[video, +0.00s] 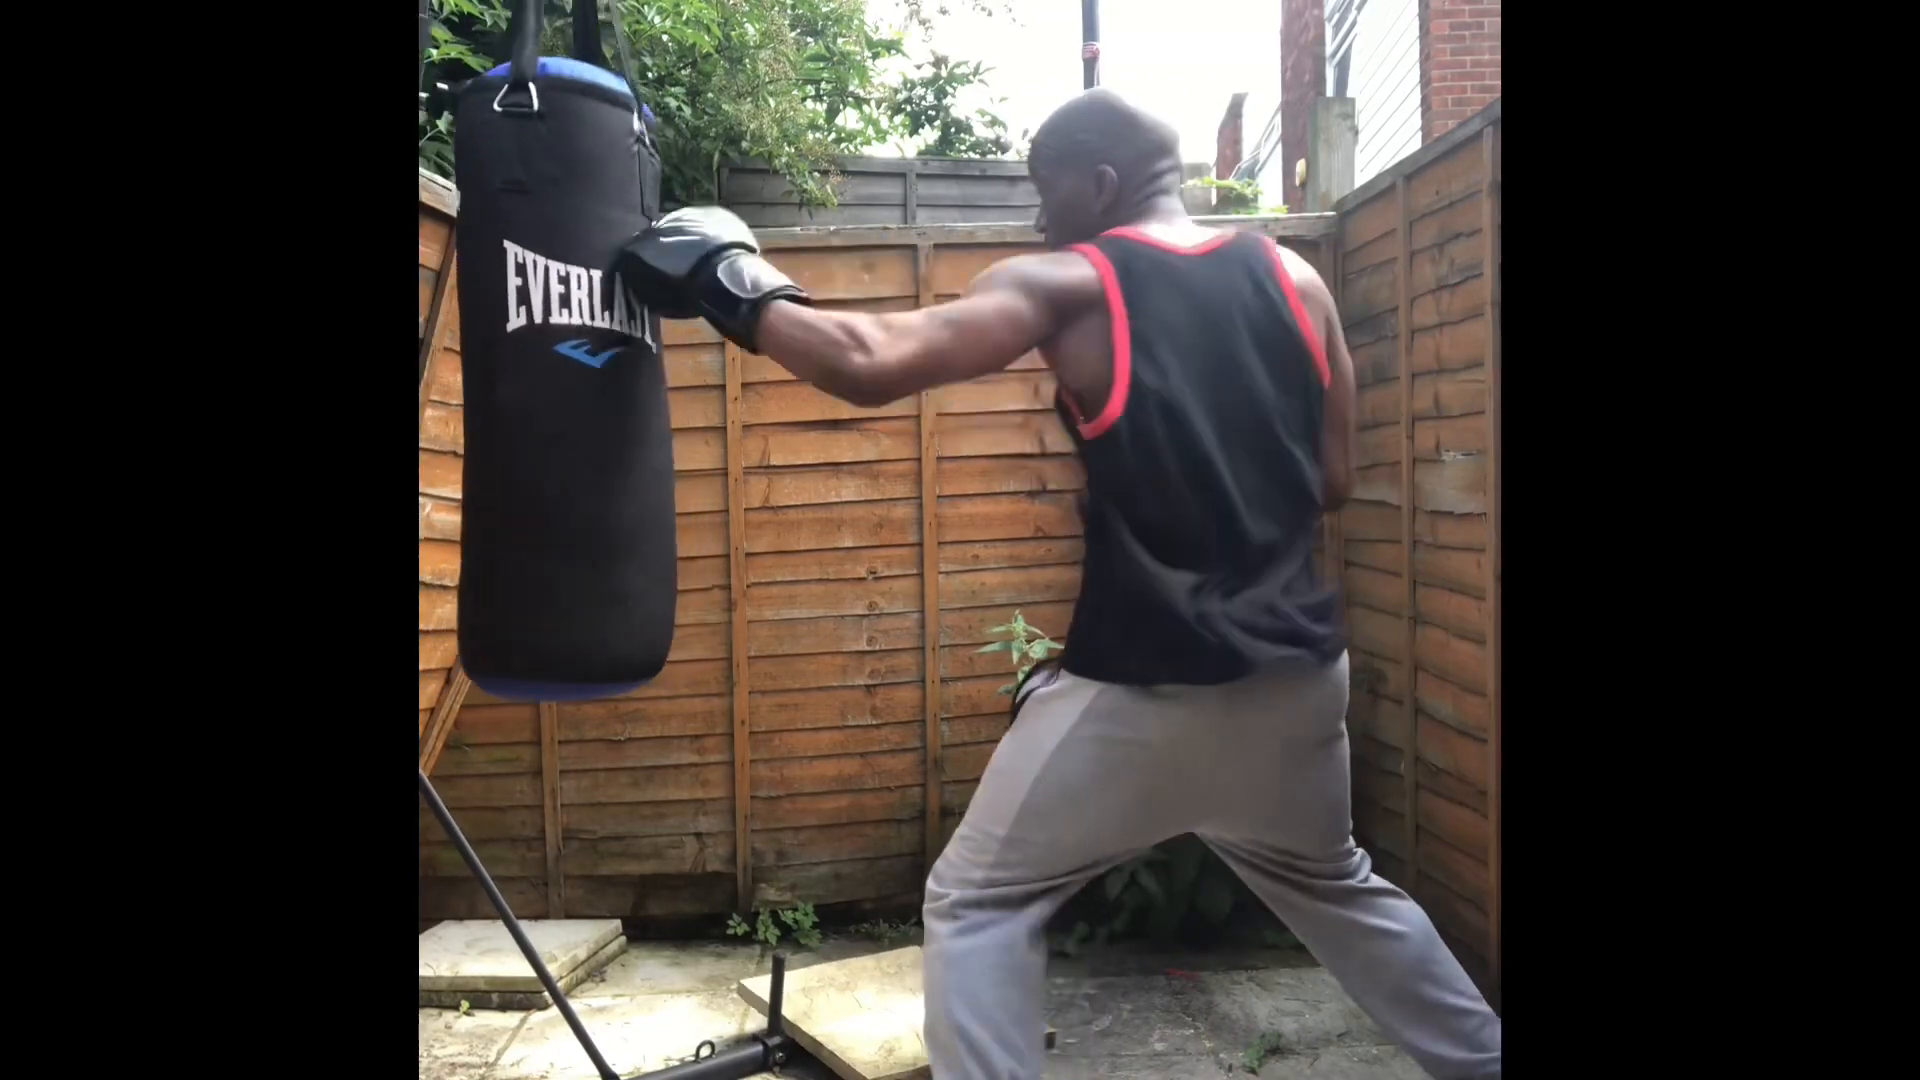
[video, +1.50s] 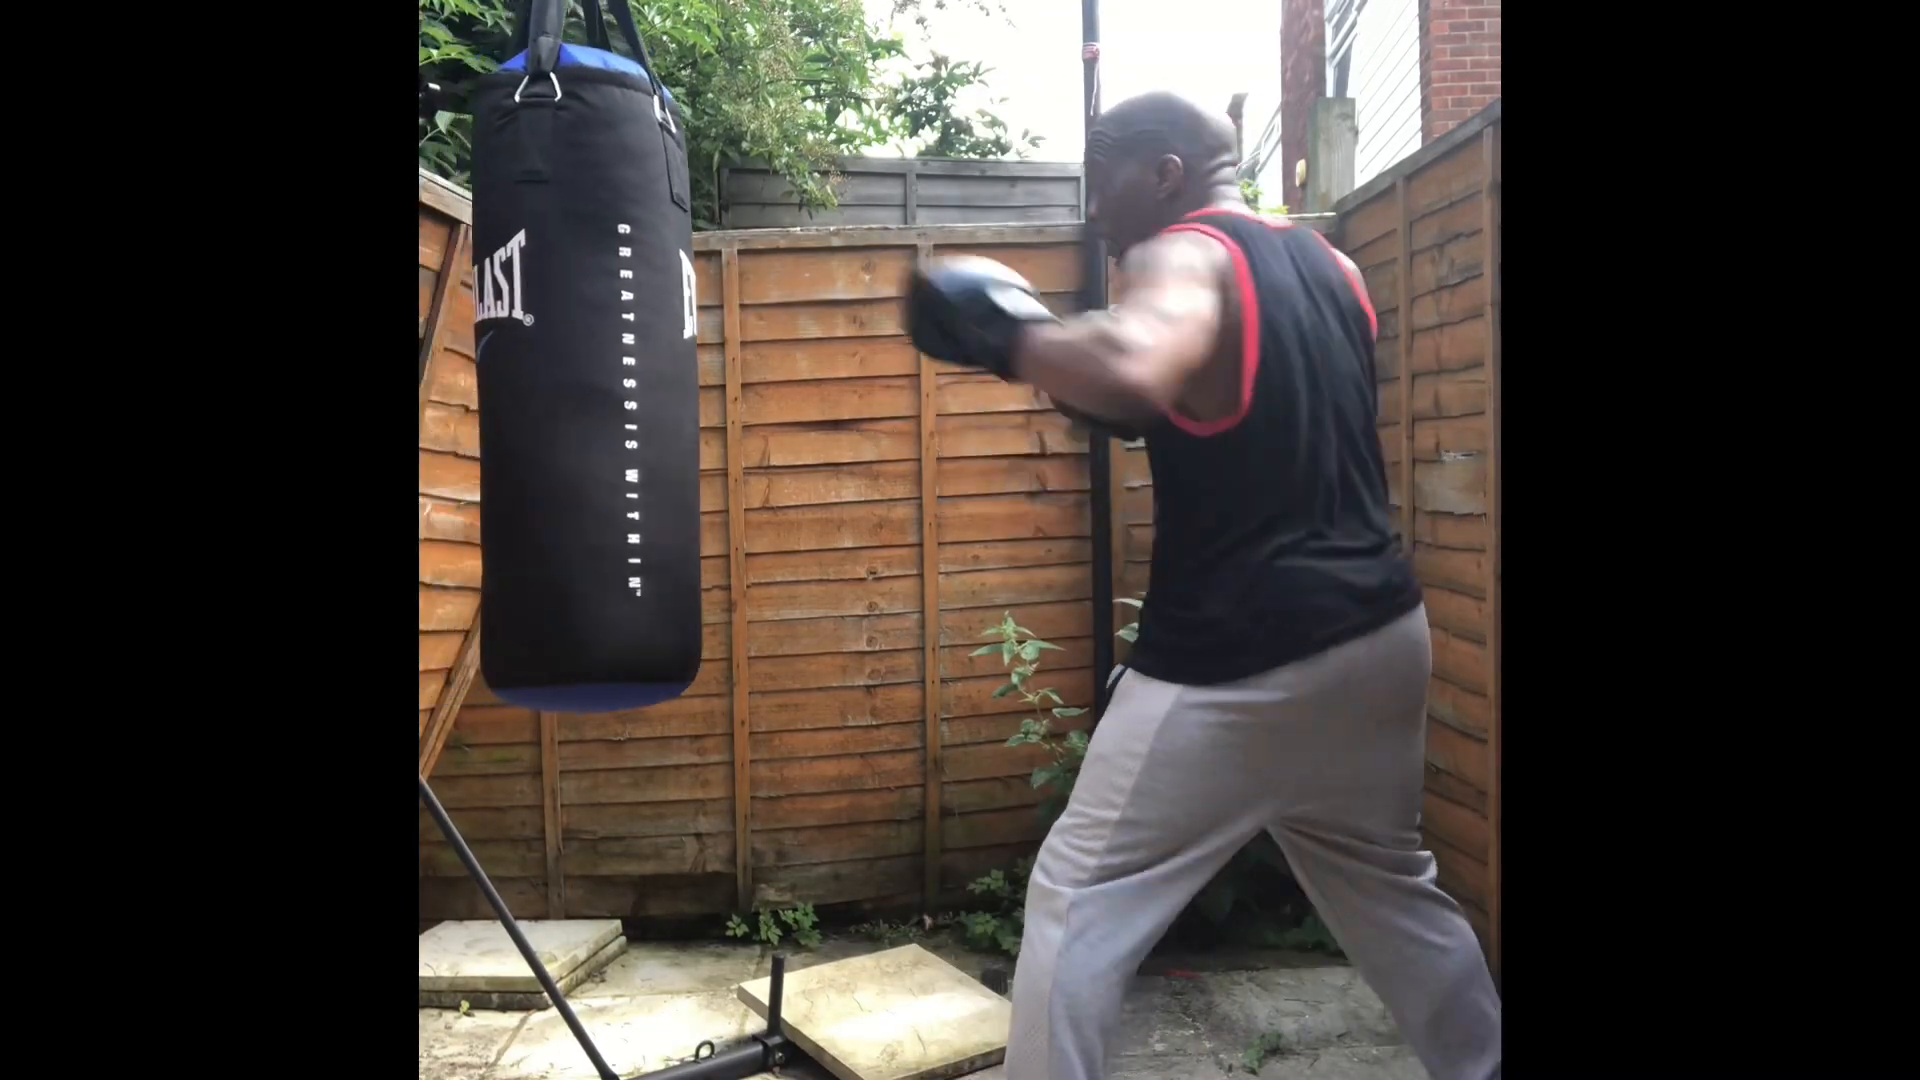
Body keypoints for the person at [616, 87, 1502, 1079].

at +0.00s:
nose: (1040, 217)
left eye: (1044, 194)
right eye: (1037, 196)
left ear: (1100, 183)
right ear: (1162, 178)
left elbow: (871, 362)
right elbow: (1330, 474)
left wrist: (728, 283)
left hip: (1134, 692)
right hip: (1299, 683)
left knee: (980, 903)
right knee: (1334, 882)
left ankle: (993, 1074)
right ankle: (1484, 1058)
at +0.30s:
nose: (929, 235)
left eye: (941, 204)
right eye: (920, 211)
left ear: (1033, 176)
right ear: (1026, 184)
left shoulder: (1152, 301)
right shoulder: (1010, 288)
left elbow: (1157, 527)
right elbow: (869, 320)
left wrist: (1025, 455)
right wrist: (751, 291)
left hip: (1184, 656)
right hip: (1172, 648)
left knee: (993, 893)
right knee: (1295, 877)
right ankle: (1472, 1044)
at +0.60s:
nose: (1142, 260)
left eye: (1144, 233)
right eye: (1135, 238)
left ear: (1206, 204)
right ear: (1241, 201)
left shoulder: (1225, 266)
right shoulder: (1371, 271)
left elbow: (1252, 422)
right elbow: (1358, 410)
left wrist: (1097, 439)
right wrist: (1185, 360)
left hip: (1270, 647)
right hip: (1410, 638)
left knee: (1116, 908)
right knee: (1381, 882)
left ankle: (1068, 1071)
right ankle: (1476, 1066)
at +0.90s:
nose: (1098, 236)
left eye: (1101, 207)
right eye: (1086, 216)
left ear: (1162, 179)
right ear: (1181, 181)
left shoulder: (1230, 279)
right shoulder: (1283, 259)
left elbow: (1146, 494)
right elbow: (1255, 473)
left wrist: (1063, 339)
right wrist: (1102, 492)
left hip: (1267, 657)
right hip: (1372, 631)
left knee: (1100, 913)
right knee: (1362, 886)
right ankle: (1472, 1066)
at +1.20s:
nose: (1027, 216)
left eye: (1041, 189)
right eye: (1026, 192)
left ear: (1124, 186)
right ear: (1133, 191)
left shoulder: (1179, 283)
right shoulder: (1197, 273)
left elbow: (1232, 485)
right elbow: (1186, 465)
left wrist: (1041, 469)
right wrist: (1081, 395)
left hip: (1233, 662)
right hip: (1325, 636)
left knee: (1065, 899)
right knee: (1332, 877)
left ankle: (1032, 1072)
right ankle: (1470, 1064)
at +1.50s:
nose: (1094, 213)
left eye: (1101, 187)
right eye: (1091, 189)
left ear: (1165, 173)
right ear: (1209, 176)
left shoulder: (1180, 254)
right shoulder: (1325, 257)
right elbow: (1279, 405)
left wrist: (1006, 332)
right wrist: (1132, 400)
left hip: (1232, 649)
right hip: (1379, 626)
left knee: (1079, 892)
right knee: (1388, 879)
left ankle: (1042, 1070)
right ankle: (1479, 1062)